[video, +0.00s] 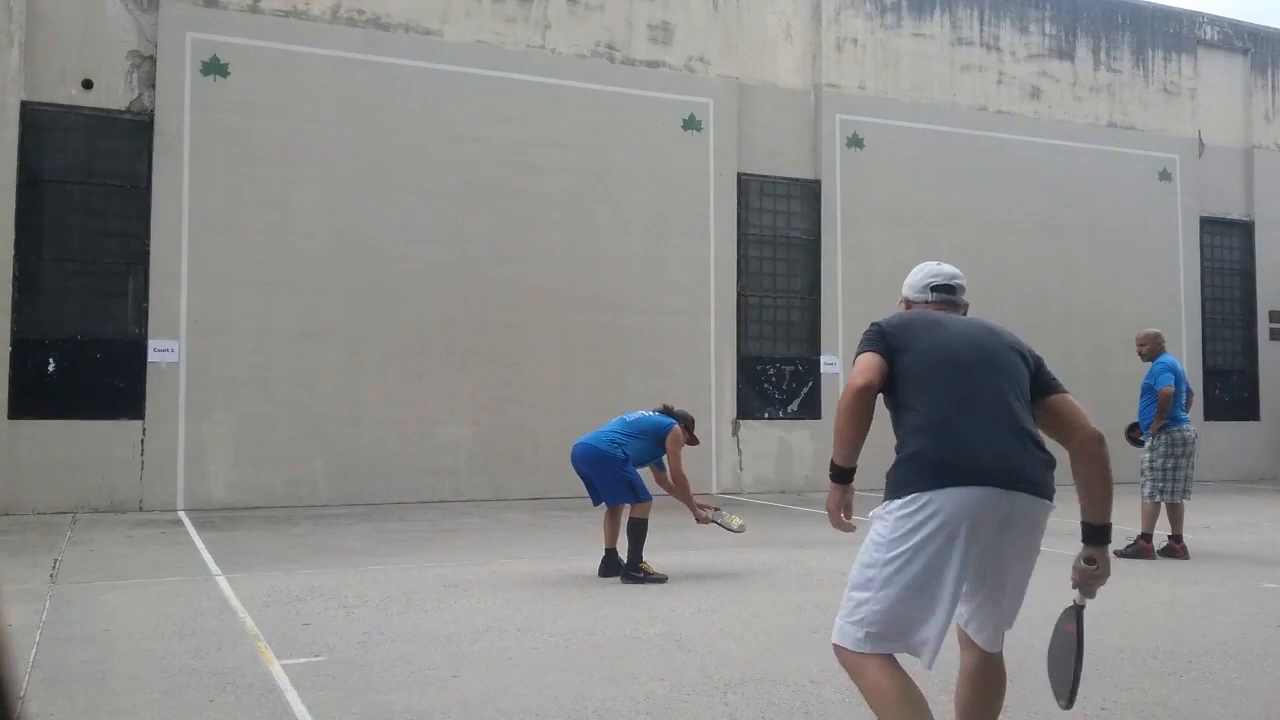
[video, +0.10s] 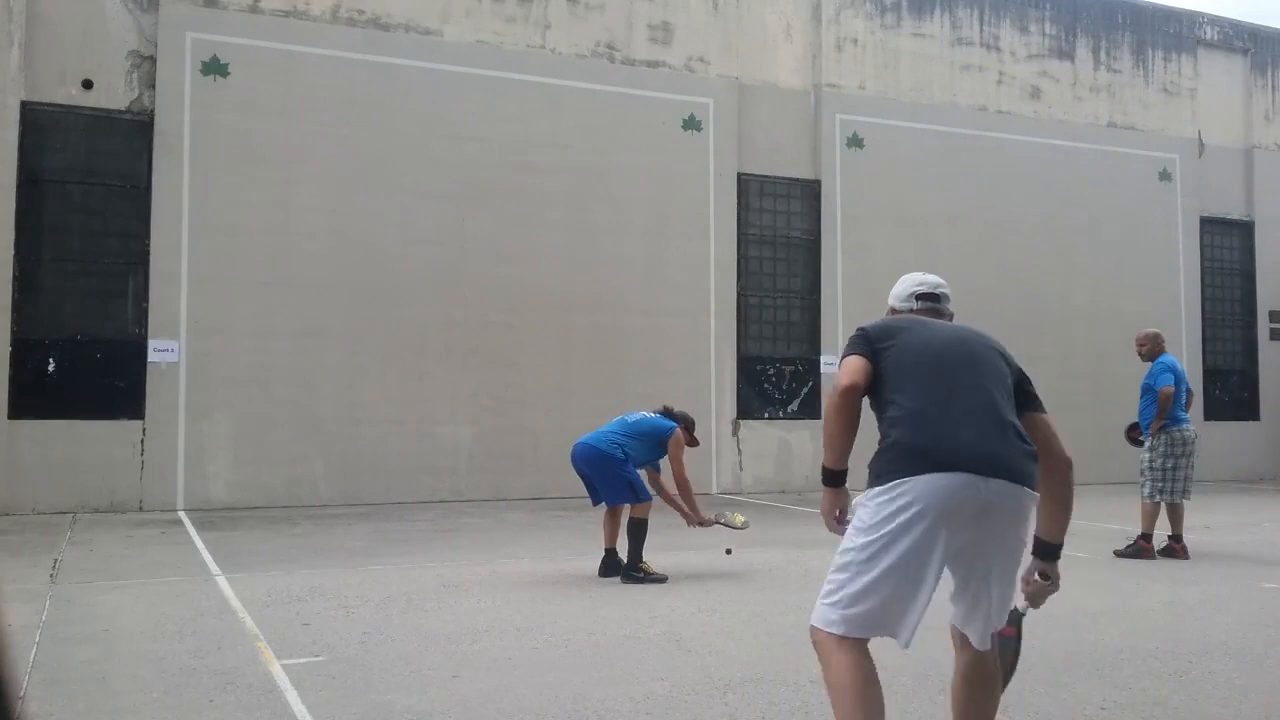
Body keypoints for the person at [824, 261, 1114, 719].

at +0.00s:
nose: (900, 310)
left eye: (901, 306)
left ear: (906, 305)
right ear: (965, 307)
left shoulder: (892, 328)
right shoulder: (1010, 344)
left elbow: (862, 385)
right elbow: (1087, 437)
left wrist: (841, 478)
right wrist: (1096, 544)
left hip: (936, 484)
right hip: (1026, 490)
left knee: (859, 642)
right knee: (982, 639)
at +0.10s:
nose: (885, 321)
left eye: (886, 316)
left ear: (892, 313)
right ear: (951, 316)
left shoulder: (878, 332)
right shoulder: (996, 350)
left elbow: (849, 384)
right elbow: (1056, 460)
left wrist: (834, 481)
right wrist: (1047, 554)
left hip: (917, 479)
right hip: (1010, 487)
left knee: (837, 630)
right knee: (976, 635)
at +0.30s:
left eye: (851, 328)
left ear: (853, 326)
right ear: (910, 328)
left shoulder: (839, 343)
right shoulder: (951, 358)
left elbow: (814, 394)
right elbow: (1000, 485)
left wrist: (804, 493)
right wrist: (943, 559)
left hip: (885, 471)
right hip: (976, 482)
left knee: (798, 643)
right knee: (961, 640)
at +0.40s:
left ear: (829, 332)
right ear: (884, 332)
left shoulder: (810, 350)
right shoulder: (923, 363)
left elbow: (786, 402)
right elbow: (973, 488)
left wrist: (777, 503)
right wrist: (915, 566)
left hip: (854, 483)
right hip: (948, 488)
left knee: (775, 649)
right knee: (950, 645)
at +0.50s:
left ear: (800, 334)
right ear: (856, 335)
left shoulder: (778, 354)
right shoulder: (893, 367)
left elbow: (749, 411)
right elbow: (947, 488)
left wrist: (743, 511)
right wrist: (896, 565)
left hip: (815, 490)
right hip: (913, 494)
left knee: (740, 642)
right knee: (929, 641)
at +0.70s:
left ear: (762, 327)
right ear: (817, 327)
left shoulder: (736, 349)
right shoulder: (855, 358)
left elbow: (695, 406)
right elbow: (901, 467)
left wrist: (677, 504)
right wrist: (878, 536)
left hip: (763, 480)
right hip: (861, 483)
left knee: (718, 640)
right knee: (878, 636)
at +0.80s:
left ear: (755, 327)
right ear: (813, 328)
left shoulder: (733, 346)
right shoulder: (851, 356)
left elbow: (689, 400)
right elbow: (893, 465)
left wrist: (662, 497)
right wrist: (865, 532)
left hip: (760, 470)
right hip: (855, 476)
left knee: (717, 640)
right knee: (857, 639)